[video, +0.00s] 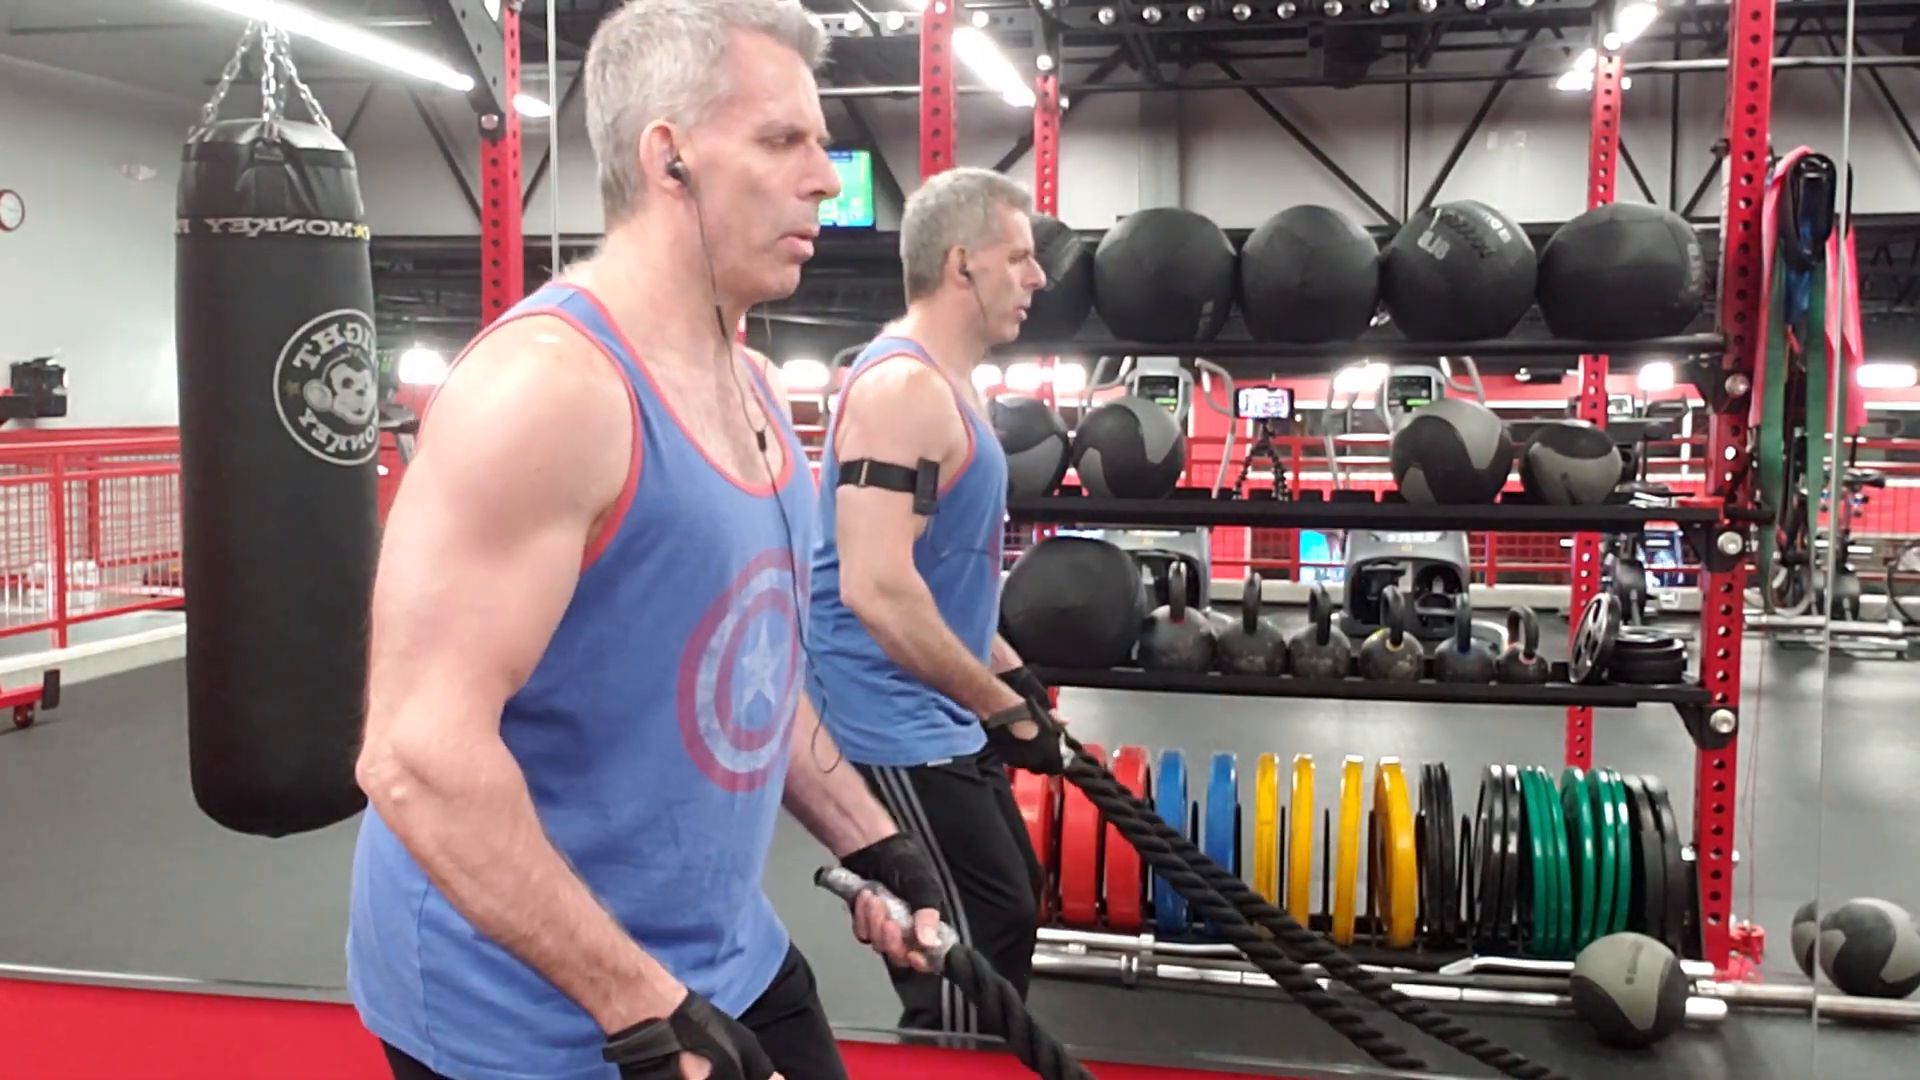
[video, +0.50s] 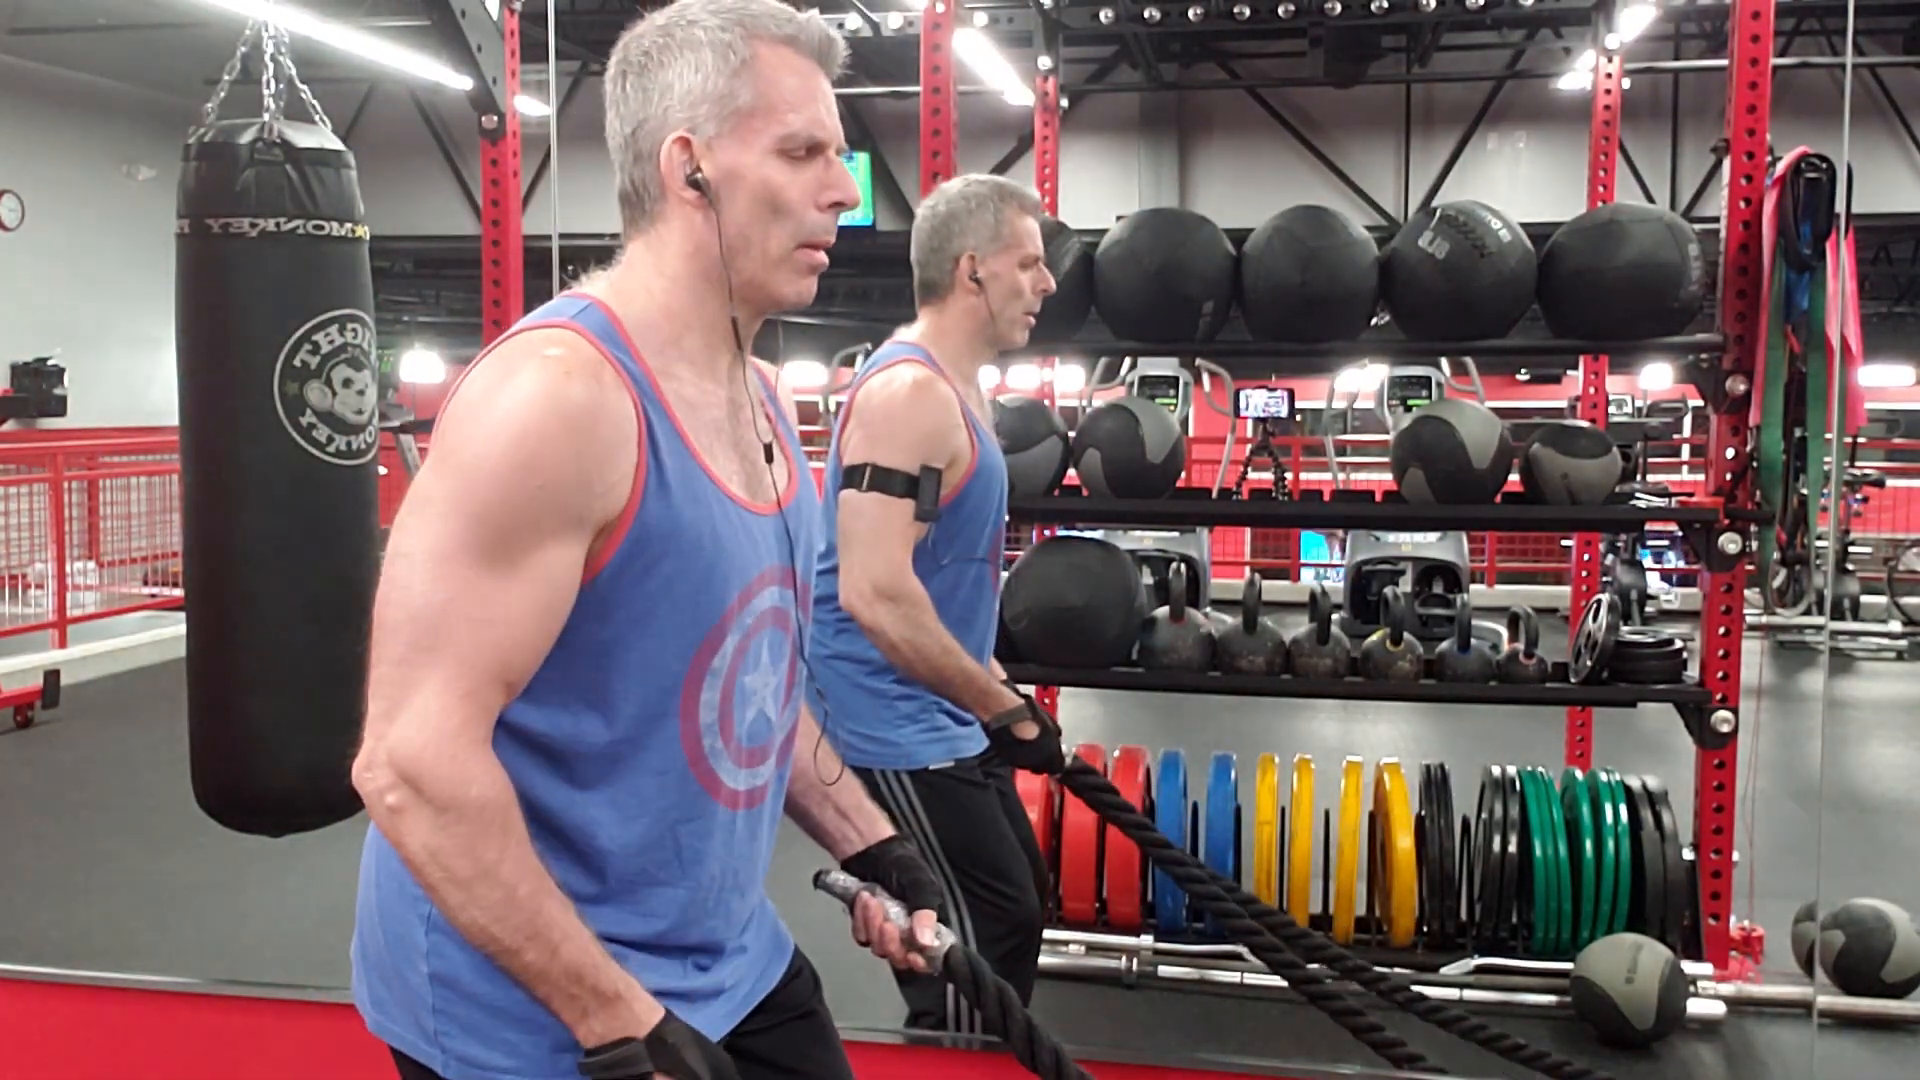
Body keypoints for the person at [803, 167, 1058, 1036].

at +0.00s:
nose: (1037, 279)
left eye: (1034, 258)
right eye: (1021, 257)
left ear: (969, 270)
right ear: (963, 266)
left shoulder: (949, 387)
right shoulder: (901, 386)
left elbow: (943, 580)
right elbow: (877, 584)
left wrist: (1012, 676)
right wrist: (996, 706)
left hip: (946, 723)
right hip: (894, 729)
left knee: (1000, 923)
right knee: (993, 928)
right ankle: (956, 1078)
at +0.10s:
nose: (1039, 278)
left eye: (1035, 258)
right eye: (1022, 257)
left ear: (970, 271)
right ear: (964, 267)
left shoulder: (949, 387)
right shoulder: (901, 387)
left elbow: (945, 580)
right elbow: (875, 587)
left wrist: (1010, 679)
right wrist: (994, 706)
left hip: (946, 723)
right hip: (894, 730)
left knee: (1004, 922)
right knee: (993, 929)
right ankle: (957, 1078)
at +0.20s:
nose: (1040, 279)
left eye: (1036, 259)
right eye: (1023, 258)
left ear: (971, 273)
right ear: (966, 269)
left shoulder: (948, 388)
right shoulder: (901, 388)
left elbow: (944, 580)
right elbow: (874, 589)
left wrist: (1009, 680)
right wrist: (994, 707)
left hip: (946, 724)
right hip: (894, 731)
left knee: (1005, 921)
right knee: (996, 929)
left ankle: (965, 1072)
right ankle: (959, 1078)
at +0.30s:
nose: (1041, 280)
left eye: (1038, 260)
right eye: (1024, 259)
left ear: (971, 274)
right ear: (966, 270)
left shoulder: (949, 389)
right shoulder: (903, 390)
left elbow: (945, 582)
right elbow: (876, 591)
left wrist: (1008, 682)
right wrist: (996, 708)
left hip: (945, 723)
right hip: (894, 730)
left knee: (1009, 920)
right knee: (996, 928)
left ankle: (969, 1074)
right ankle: (959, 1078)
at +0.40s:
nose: (1045, 283)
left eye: (1041, 262)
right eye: (1028, 261)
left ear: (975, 274)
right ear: (970, 270)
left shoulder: (950, 390)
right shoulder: (905, 390)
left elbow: (939, 583)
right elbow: (877, 591)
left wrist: (1003, 687)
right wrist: (998, 707)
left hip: (946, 723)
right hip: (895, 729)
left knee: (1010, 921)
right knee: (995, 930)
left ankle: (971, 1073)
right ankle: (956, 1078)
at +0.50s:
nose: (1047, 285)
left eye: (1045, 265)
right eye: (1032, 264)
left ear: (977, 276)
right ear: (974, 273)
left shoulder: (950, 390)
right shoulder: (908, 391)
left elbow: (926, 581)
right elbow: (877, 589)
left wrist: (999, 695)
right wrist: (999, 704)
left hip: (946, 727)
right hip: (896, 733)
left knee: (1009, 921)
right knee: (998, 929)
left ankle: (966, 1074)